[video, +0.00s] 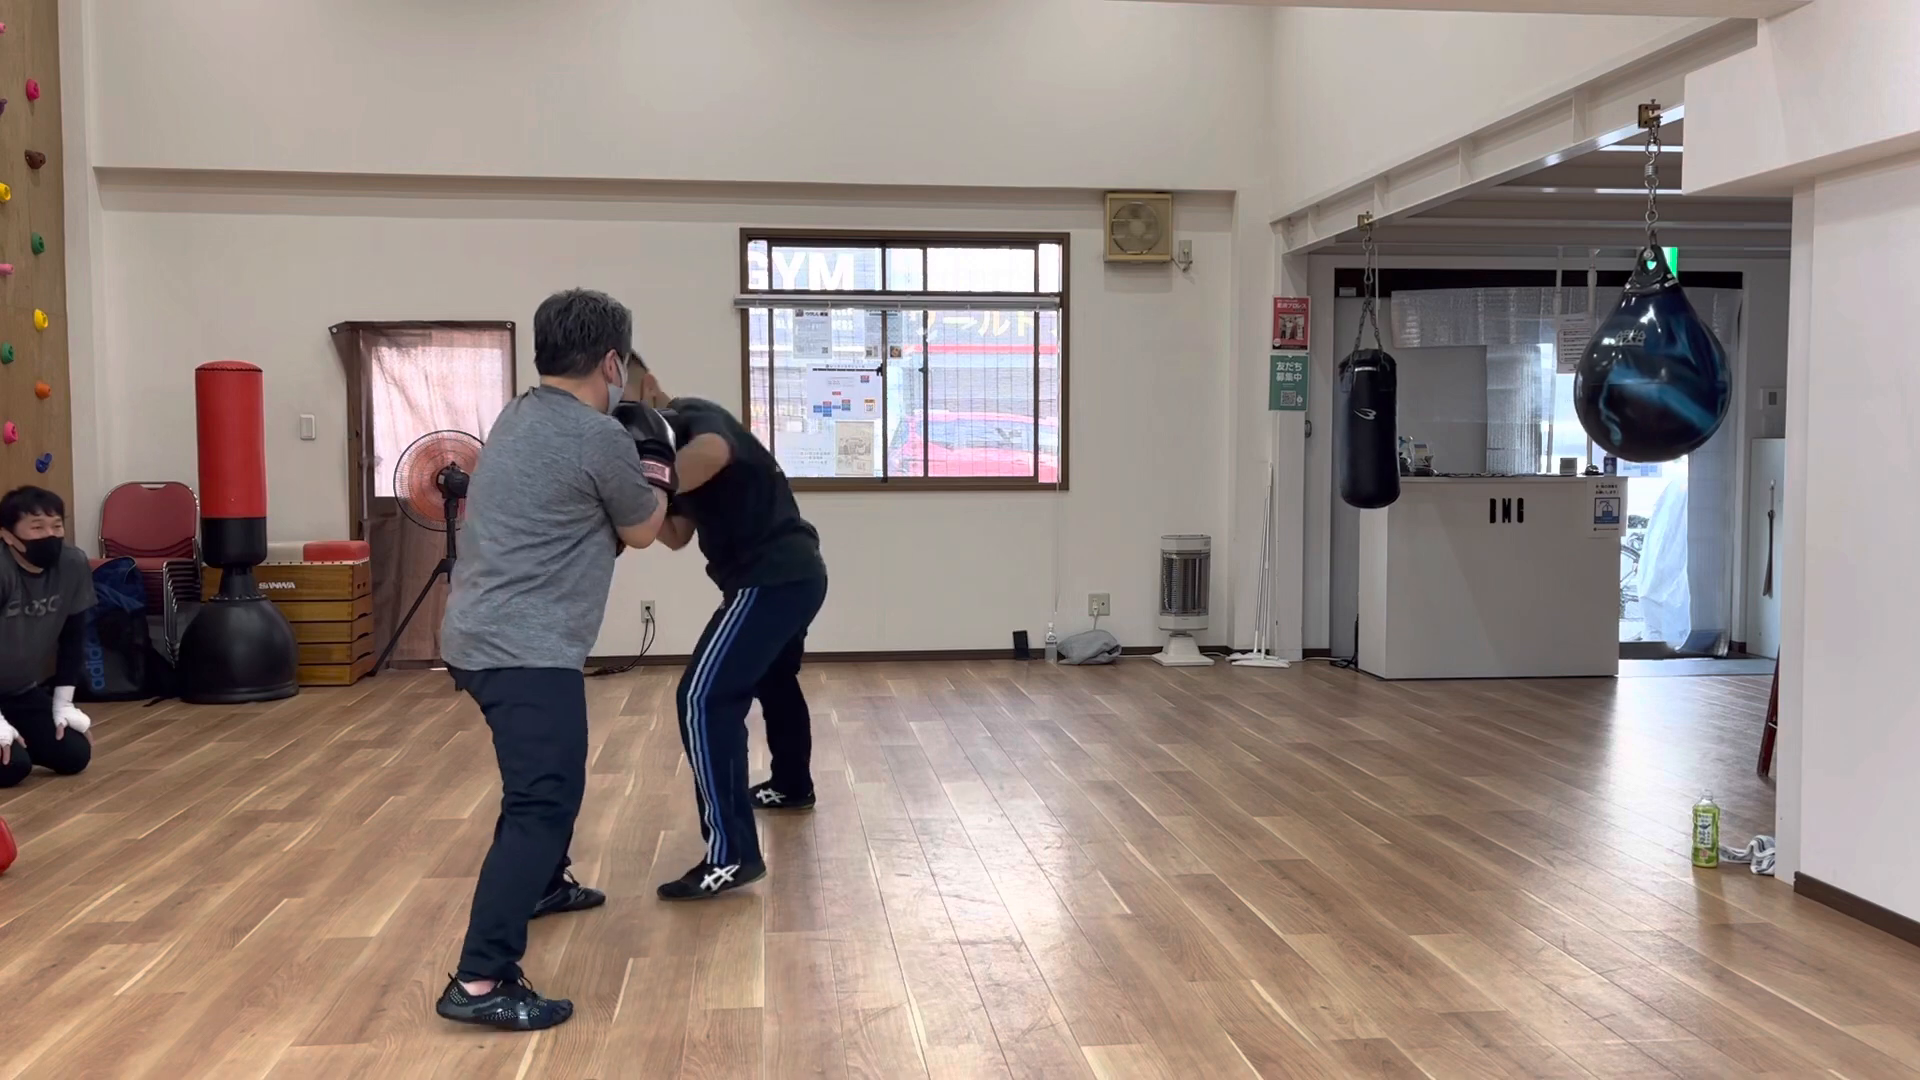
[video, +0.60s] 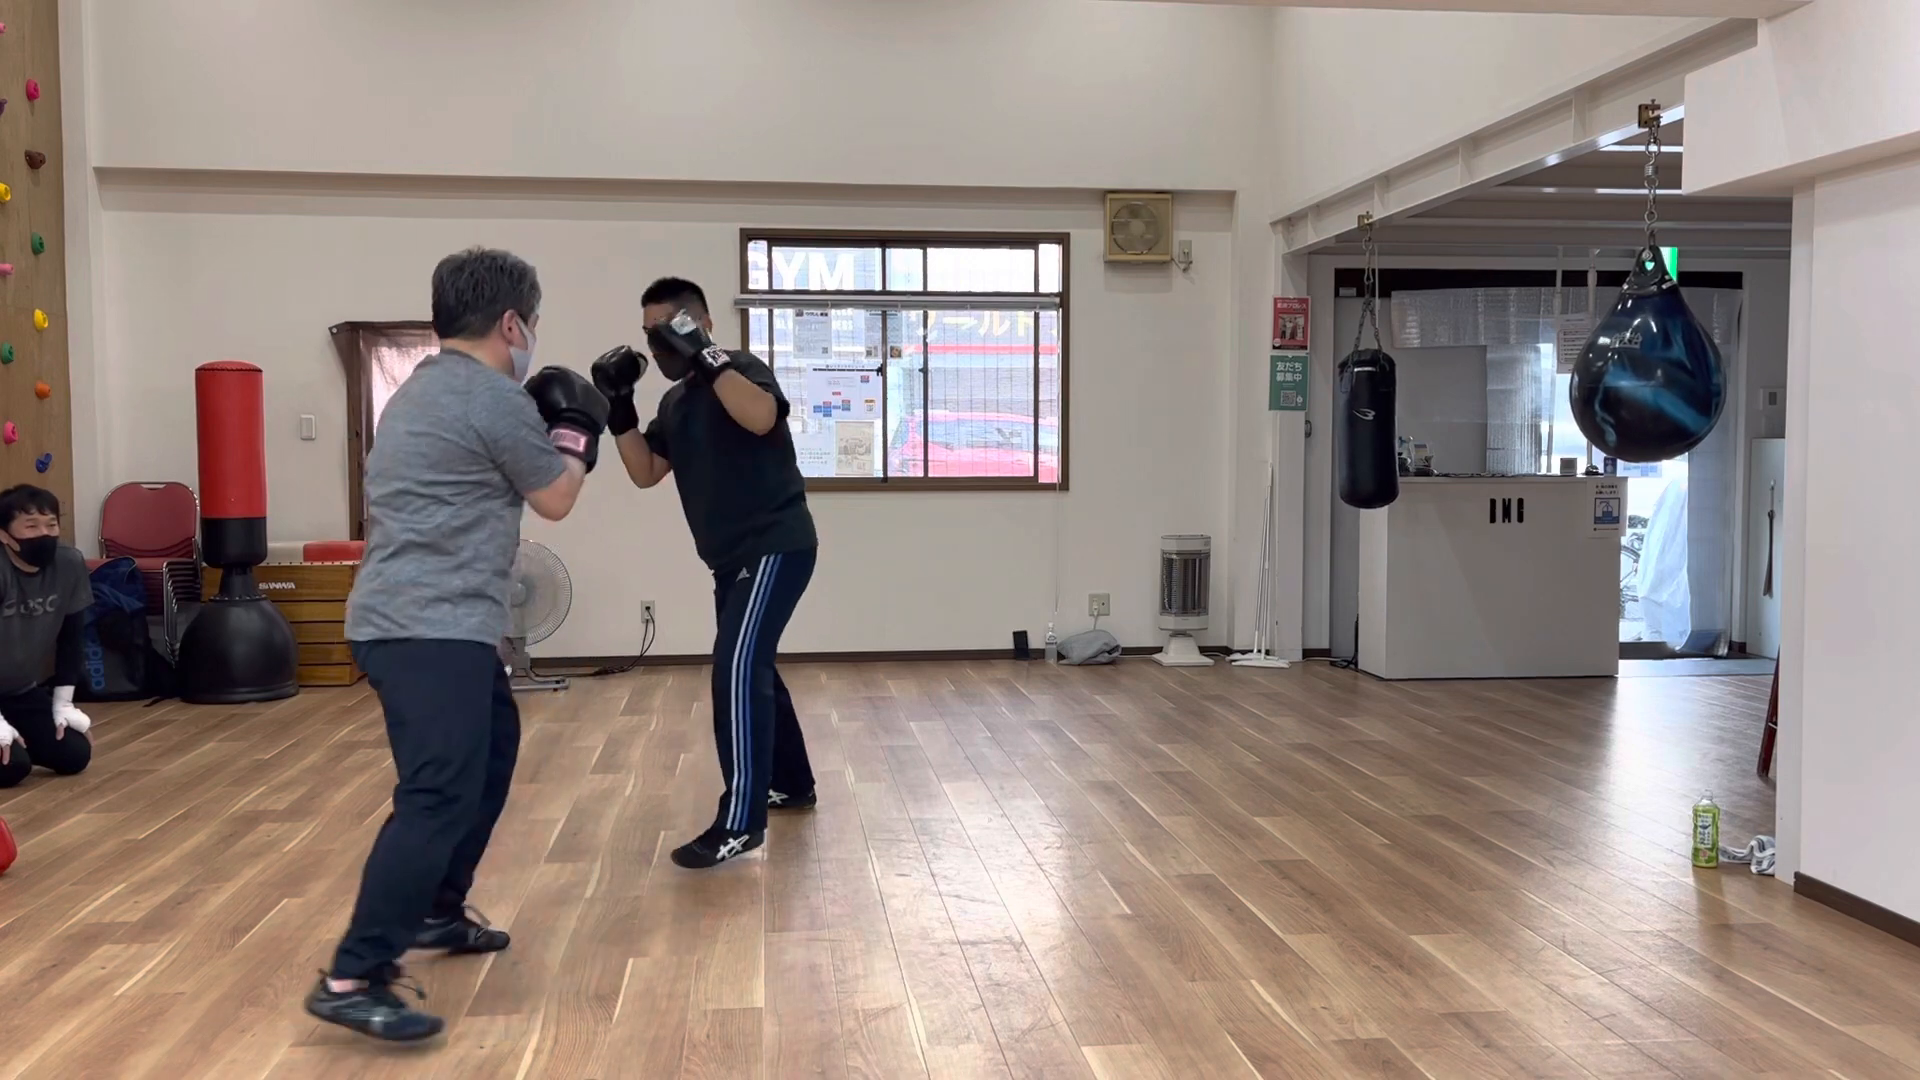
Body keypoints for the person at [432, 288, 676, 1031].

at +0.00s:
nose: (625, 369)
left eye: (623, 359)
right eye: (623, 358)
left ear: (546, 358)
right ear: (609, 361)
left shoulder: (515, 417)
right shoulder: (600, 436)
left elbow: (561, 504)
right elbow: (642, 531)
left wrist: (627, 490)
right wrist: (654, 484)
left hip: (478, 639)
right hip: (531, 652)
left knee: (544, 771)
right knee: (539, 806)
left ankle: (542, 879)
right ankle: (481, 978)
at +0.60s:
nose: (534, 334)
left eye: (534, 322)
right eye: (532, 320)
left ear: (448, 323)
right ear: (509, 322)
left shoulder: (416, 391)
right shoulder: (488, 395)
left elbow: (478, 486)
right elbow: (557, 499)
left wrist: (532, 417)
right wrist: (574, 432)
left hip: (401, 620)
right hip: (435, 630)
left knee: (494, 736)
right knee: (440, 790)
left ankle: (438, 910)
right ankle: (352, 977)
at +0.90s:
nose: (488, 355)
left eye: (487, 342)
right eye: (486, 342)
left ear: (397, 345)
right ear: (465, 347)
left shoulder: (355, 419)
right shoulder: (452, 431)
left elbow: (343, 528)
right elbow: (513, 537)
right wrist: (537, 480)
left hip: (344, 657)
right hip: (396, 669)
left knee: (460, 751)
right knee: (383, 836)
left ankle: (423, 916)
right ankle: (286, 1024)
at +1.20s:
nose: (475, 340)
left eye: (475, 328)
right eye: (473, 327)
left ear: (383, 326)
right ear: (452, 329)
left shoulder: (348, 402)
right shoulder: (448, 415)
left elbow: (407, 497)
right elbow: (509, 515)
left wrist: (476, 441)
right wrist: (527, 457)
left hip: (328, 647)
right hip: (393, 655)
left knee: (396, 800)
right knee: (405, 816)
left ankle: (387, 927)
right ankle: (326, 1003)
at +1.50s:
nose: (466, 379)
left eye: (468, 367)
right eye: (464, 366)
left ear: (381, 362)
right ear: (442, 364)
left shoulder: (350, 426)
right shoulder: (436, 443)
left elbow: (411, 514)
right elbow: (490, 546)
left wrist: (462, 435)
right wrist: (512, 497)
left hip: (332, 663)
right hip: (389, 674)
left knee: (410, 789)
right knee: (409, 831)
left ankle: (406, 887)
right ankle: (338, 1011)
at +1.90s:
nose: (386, 365)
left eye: (386, 352)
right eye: (383, 351)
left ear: (302, 354)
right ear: (356, 354)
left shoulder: (271, 430)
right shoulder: (363, 437)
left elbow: (349, 506)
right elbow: (456, 510)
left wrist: (404, 446)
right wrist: (479, 462)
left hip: (279, 659)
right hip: (323, 670)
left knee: (379, 758)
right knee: (333, 827)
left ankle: (391, 888)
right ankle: (226, 1002)